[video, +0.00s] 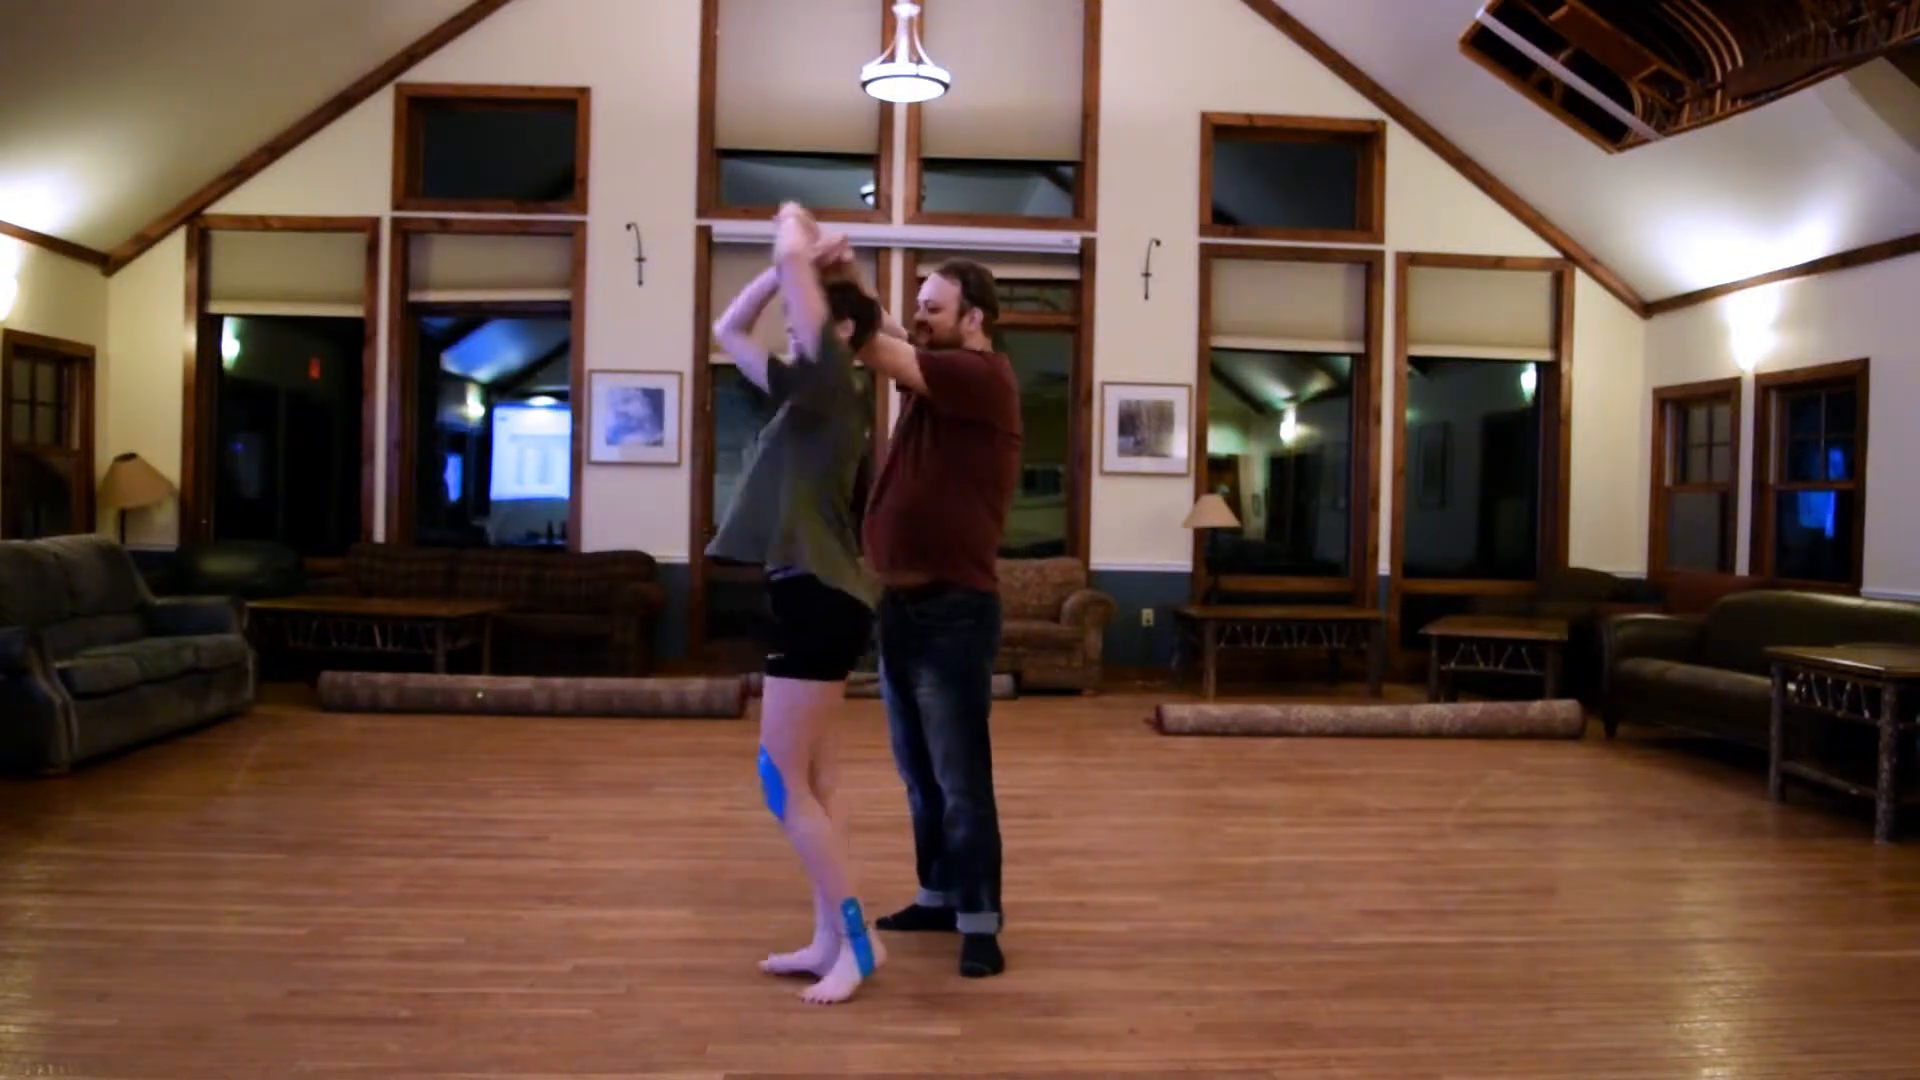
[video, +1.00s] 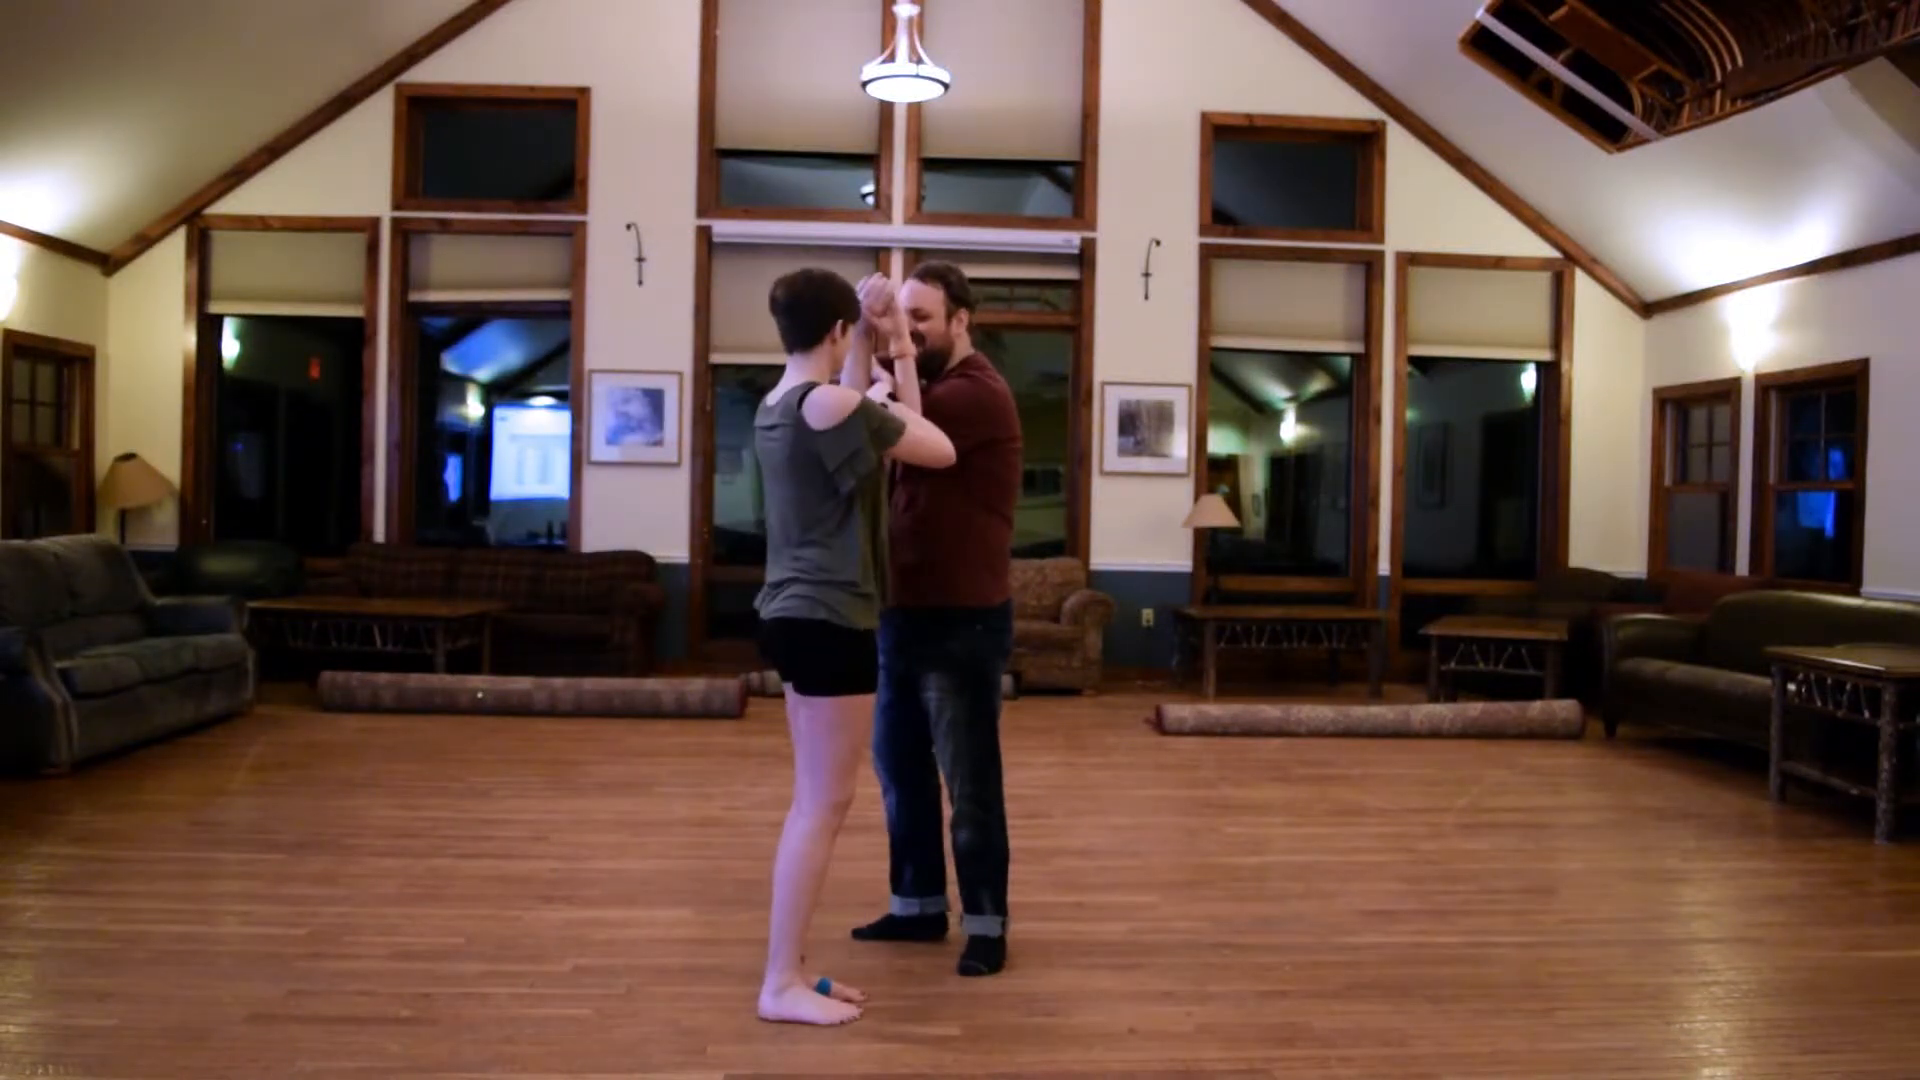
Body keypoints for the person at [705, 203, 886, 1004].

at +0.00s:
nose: (800, 317)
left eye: (811, 305)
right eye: (804, 306)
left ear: (837, 317)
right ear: (844, 324)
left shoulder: (833, 383)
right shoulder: (803, 392)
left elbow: (792, 261)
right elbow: (730, 334)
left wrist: (800, 242)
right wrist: (781, 267)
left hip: (817, 595)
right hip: (809, 593)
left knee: (784, 783)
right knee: (810, 777)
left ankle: (852, 945)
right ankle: (827, 937)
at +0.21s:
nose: (842, 328)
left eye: (848, 319)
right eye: (828, 318)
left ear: (857, 332)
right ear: (793, 331)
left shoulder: (877, 392)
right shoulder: (765, 394)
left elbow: (937, 297)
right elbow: (760, 277)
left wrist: (882, 241)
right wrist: (848, 258)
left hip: (849, 598)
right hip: (771, 597)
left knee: (825, 787)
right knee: (784, 796)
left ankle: (857, 944)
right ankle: (786, 958)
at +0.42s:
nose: (856, 334)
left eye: (851, 326)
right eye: (853, 322)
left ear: (805, 331)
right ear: (824, 325)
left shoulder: (854, 392)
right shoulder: (779, 384)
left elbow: (937, 381)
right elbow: (892, 345)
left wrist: (909, 298)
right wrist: (889, 291)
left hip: (857, 596)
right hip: (792, 595)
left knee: (852, 790)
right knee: (804, 796)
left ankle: (817, 941)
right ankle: (773, 984)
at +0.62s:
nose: (855, 336)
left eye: (857, 324)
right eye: (852, 325)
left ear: (785, 334)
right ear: (840, 331)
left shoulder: (784, 403)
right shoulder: (821, 407)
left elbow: (860, 406)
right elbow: (929, 438)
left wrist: (874, 319)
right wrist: (912, 355)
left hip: (818, 618)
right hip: (815, 622)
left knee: (837, 798)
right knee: (823, 803)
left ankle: (794, 966)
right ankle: (776, 986)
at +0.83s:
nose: (862, 336)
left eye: (866, 324)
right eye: (860, 326)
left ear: (789, 335)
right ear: (844, 334)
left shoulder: (777, 406)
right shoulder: (833, 411)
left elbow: (852, 410)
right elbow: (928, 465)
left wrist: (872, 334)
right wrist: (908, 374)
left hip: (790, 613)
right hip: (830, 620)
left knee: (826, 801)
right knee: (829, 804)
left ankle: (790, 972)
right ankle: (782, 984)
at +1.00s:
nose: (862, 336)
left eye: (862, 323)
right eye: (858, 326)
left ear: (789, 334)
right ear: (841, 333)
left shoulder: (777, 404)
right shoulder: (832, 405)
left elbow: (859, 429)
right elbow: (938, 448)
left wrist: (879, 351)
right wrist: (903, 367)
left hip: (795, 612)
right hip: (828, 619)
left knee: (817, 803)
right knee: (823, 806)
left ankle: (787, 975)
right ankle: (782, 985)